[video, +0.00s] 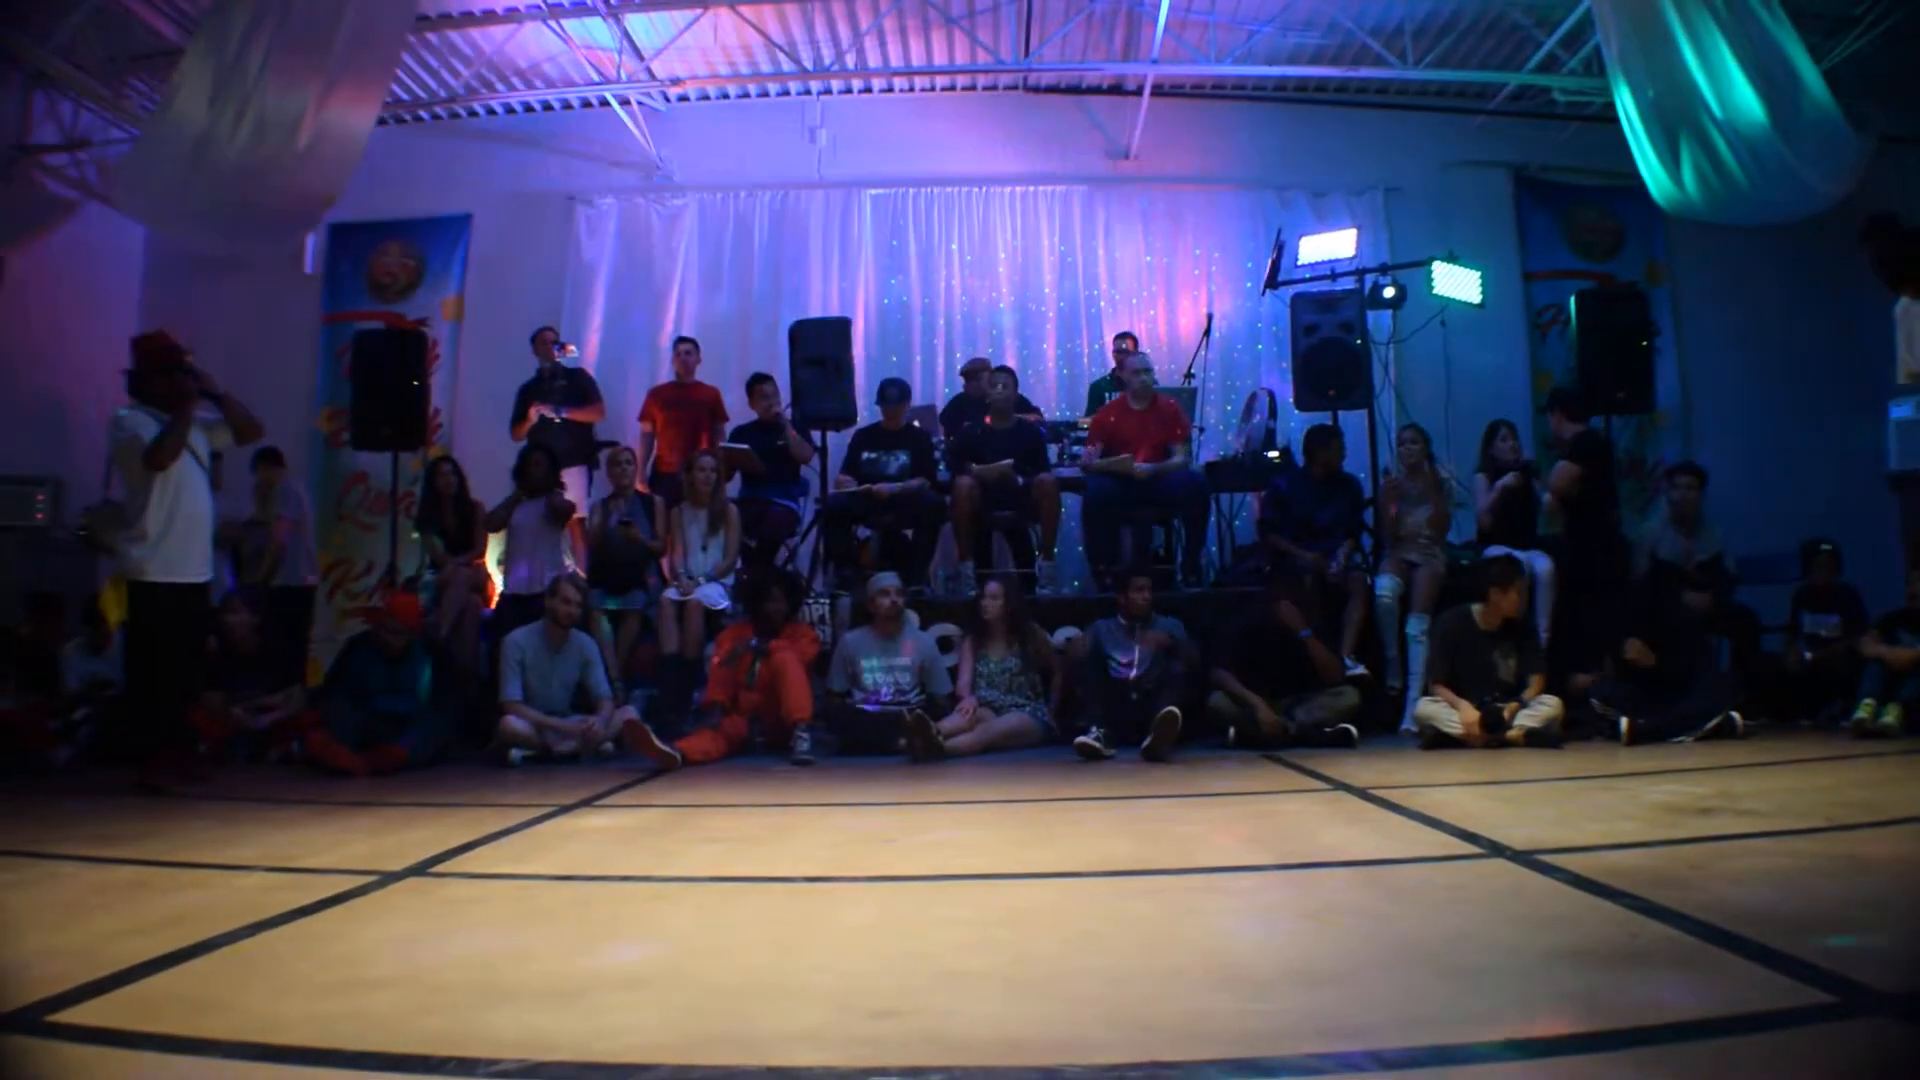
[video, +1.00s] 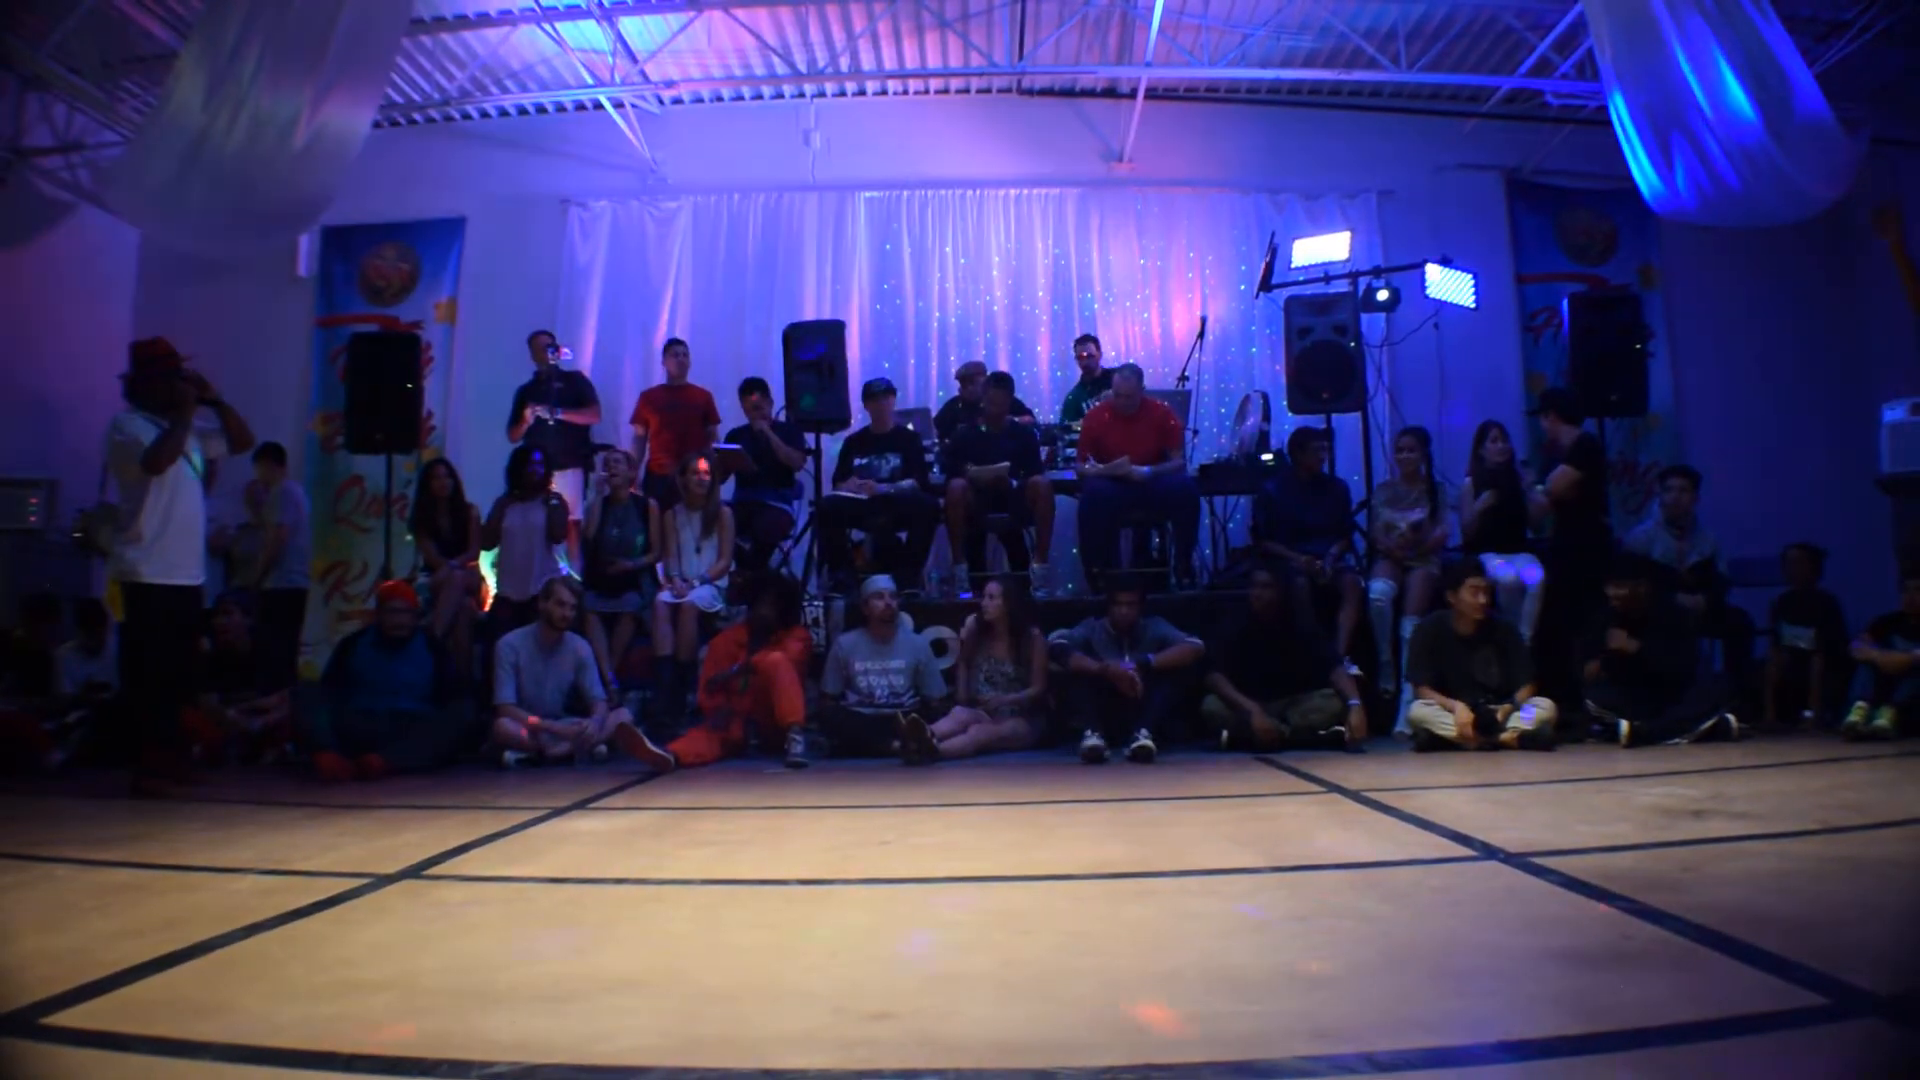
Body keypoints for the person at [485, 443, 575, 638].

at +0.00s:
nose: (534, 471)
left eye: (540, 465)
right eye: (529, 465)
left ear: (552, 471)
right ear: (520, 470)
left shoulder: (557, 502)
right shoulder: (515, 504)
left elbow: (562, 513)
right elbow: (490, 524)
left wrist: (555, 493)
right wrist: (516, 497)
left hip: (548, 592)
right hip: (514, 592)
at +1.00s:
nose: (536, 471)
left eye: (541, 465)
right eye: (530, 465)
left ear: (547, 470)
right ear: (517, 469)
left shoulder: (553, 502)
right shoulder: (504, 503)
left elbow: (558, 537)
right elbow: (487, 542)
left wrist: (553, 503)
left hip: (542, 592)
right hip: (508, 592)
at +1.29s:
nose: (535, 471)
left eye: (540, 465)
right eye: (529, 465)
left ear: (547, 470)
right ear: (517, 469)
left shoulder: (553, 502)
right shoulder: (503, 502)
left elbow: (562, 540)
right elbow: (487, 545)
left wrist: (553, 507)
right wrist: (499, 510)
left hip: (543, 590)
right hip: (508, 591)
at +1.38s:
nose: (534, 471)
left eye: (539, 465)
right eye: (528, 465)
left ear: (547, 470)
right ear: (516, 469)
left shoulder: (553, 501)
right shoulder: (502, 501)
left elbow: (563, 541)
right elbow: (488, 546)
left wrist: (553, 508)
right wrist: (498, 510)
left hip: (543, 588)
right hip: (508, 588)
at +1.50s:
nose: (533, 472)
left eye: (538, 466)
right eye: (527, 466)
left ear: (545, 470)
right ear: (514, 469)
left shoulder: (551, 501)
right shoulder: (500, 501)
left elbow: (563, 542)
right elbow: (488, 545)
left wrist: (553, 510)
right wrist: (497, 510)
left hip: (541, 591)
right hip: (506, 592)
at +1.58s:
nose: (533, 472)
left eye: (538, 465)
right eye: (527, 466)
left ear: (546, 470)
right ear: (515, 469)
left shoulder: (552, 501)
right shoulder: (501, 501)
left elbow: (563, 543)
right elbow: (488, 546)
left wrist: (553, 510)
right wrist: (496, 513)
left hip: (541, 590)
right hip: (506, 591)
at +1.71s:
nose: (533, 470)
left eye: (539, 464)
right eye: (527, 464)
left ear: (546, 470)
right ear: (515, 468)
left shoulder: (554, 500)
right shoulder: (502, 500)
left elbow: (566, 546)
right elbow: (490, 547)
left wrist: (555, 511)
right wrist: (497, 514)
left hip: (542, 592)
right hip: (507, 592)